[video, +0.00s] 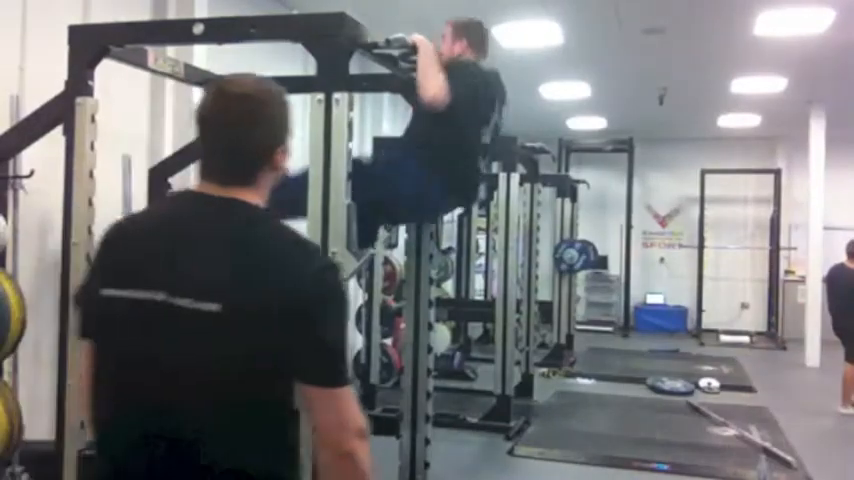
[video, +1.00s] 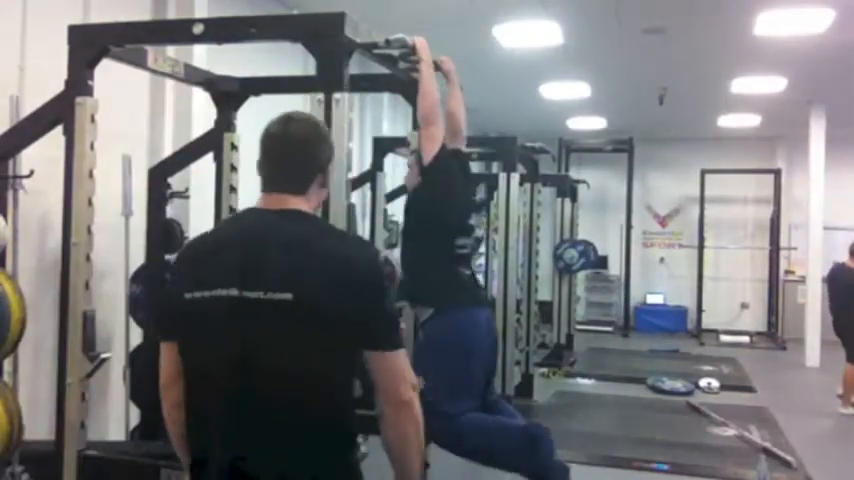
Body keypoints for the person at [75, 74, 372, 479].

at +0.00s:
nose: (289, 154)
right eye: (288, 144)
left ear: (202, 143)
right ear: (279, 157)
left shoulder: (124, 241)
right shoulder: (301, 268)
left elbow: (94, 393)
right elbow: (343, 442)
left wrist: (112, 452)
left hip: (131, 467)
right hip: (251, 467)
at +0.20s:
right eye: (344, 150)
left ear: (263, 147)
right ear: (338, 160)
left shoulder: (177, 238)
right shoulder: (353, 271)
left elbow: (148, 383)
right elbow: (396, 438)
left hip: (184, 466)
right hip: (297, 465)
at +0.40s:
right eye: (375, 157)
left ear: (296, 147)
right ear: (368, 165)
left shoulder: (210, 237)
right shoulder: (377, 274)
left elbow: (170, 372)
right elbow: (421, 435)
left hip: (212, 463)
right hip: (325, 463)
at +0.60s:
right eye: (379, 168)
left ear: (300, 157)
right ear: (371, 173)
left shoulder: (218, 241)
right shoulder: (386, 270)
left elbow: (178, 378)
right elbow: (423, 427)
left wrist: (210, 448)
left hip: (217, 464)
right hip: (329, 466)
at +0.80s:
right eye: (355, 173)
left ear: (284, 166)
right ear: (351, 178)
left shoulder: (208, 252)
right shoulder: (373, 266)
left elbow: (173, 387)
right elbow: (411, 412)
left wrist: (189, 466)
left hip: (222, 466)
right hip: (327, 466)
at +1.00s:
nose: (332, 179)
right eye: (331, 170)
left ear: (262, 170)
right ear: (323, 176)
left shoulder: (195, 257)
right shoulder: (355, 260)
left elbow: (171, 388)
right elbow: (399, 397)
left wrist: (192, 464)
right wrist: (410, 473)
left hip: (221, 466)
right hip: (322, 466)